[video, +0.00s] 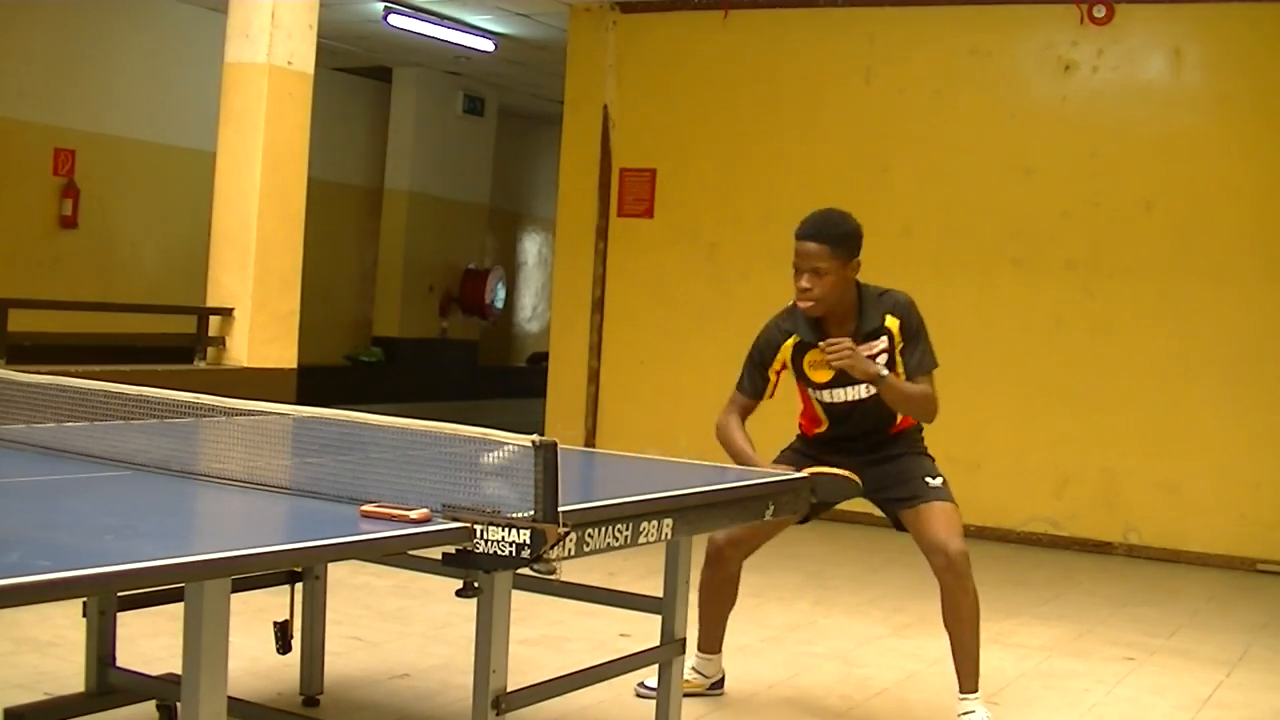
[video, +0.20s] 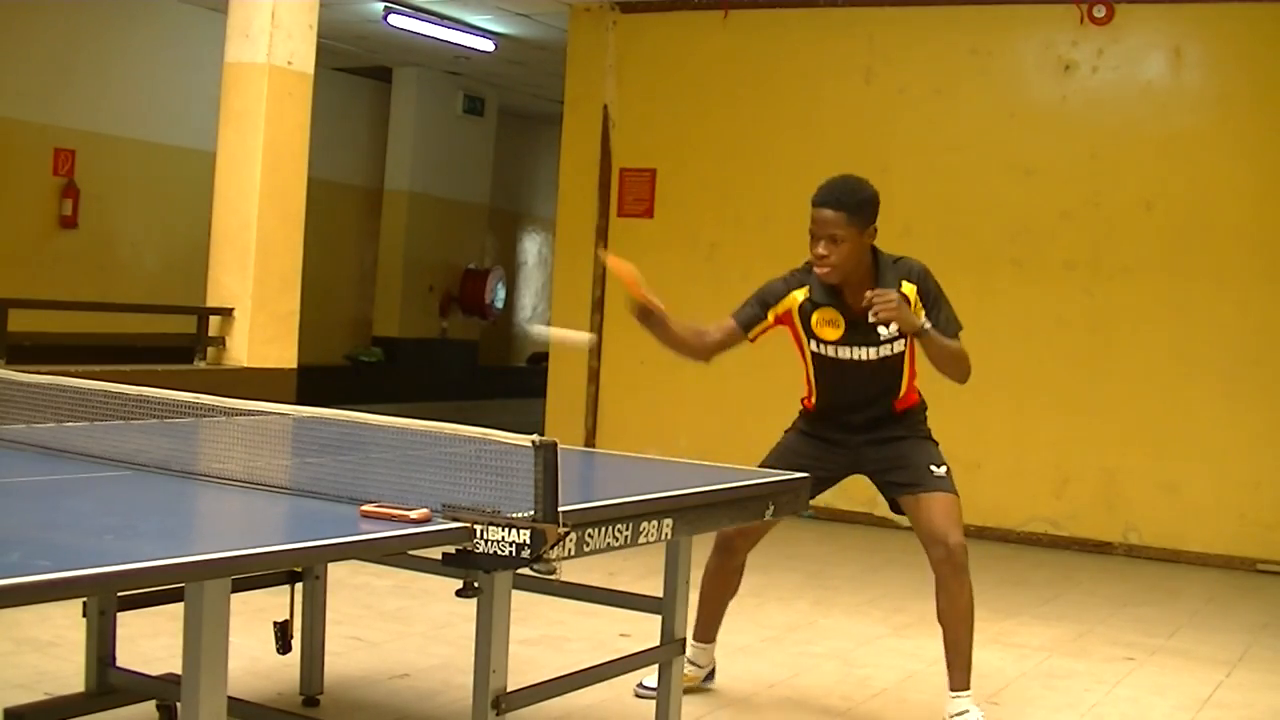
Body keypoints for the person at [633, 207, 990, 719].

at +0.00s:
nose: (802, 286)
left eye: (815, 274)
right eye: (797, 272)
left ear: (852, 270)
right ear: (791, 267)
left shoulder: (895, 312)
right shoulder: (784, 332)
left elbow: (925, 407)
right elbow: (729, 420)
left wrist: (873, 373)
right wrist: (758, 468)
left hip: (896, 448)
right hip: (820, 450)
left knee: (952, 554)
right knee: (724, 545)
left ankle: (970, 701)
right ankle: (706, 670)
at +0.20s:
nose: (818, 252)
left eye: (832, 240)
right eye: (814, 238)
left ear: (868, 236)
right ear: (809, 233)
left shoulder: (910, 281)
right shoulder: (791, 291)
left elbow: (960, 370)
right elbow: (707, 342)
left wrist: (918, 327)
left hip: (899, 433)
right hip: (819, 432)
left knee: (950, 548)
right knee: (733, 535)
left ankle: (961, 701)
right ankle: (697, 660)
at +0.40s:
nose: (783, 236)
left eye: (797, 225)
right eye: (780, 224)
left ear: (834, 228)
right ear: (777, 224)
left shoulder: (878, 285)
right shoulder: (765, 286)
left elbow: (921, 375)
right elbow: (673, 328)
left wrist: (885, 305)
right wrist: (623, 270)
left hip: (865, 446)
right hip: (787, 445)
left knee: (937, 550)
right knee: (698, 547)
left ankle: (950, 703)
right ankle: (684, 660)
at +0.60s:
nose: (701, 210)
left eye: (714, 197)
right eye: (698, 197)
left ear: (752, 197)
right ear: (701, 199)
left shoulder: (794, 247)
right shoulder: (721, 266)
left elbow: (796, 335)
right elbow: (699, 354)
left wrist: (715, 292)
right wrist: (638, 346)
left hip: (829, 416)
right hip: (766, 413)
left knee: (856, 554)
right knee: (679, 509)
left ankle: (920, 693)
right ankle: (649, 641)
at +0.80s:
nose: (619, 270)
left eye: (630, 257)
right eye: (616, 258)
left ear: (667, 254)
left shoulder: (691, 291)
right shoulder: (679, 298)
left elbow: (699, 387)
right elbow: (726, 394)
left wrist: (622, 388)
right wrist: (685, 466)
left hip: (787, 435)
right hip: (735, 434)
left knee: (809, 583)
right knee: (641, 509)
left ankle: (909, 697)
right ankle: (629, 650)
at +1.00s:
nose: (599, 271)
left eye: (605, 257)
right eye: (596, 259)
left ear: (642, 246)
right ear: (638, 249)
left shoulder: (671, 282)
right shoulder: (668, 283)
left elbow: (690, 366)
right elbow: (720, 369)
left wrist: (603, 384)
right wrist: (677, 423)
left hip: (769, 432)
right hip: (721, 432)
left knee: (781, 576)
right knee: (626, 509)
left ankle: (877, 699)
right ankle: (628, 649)